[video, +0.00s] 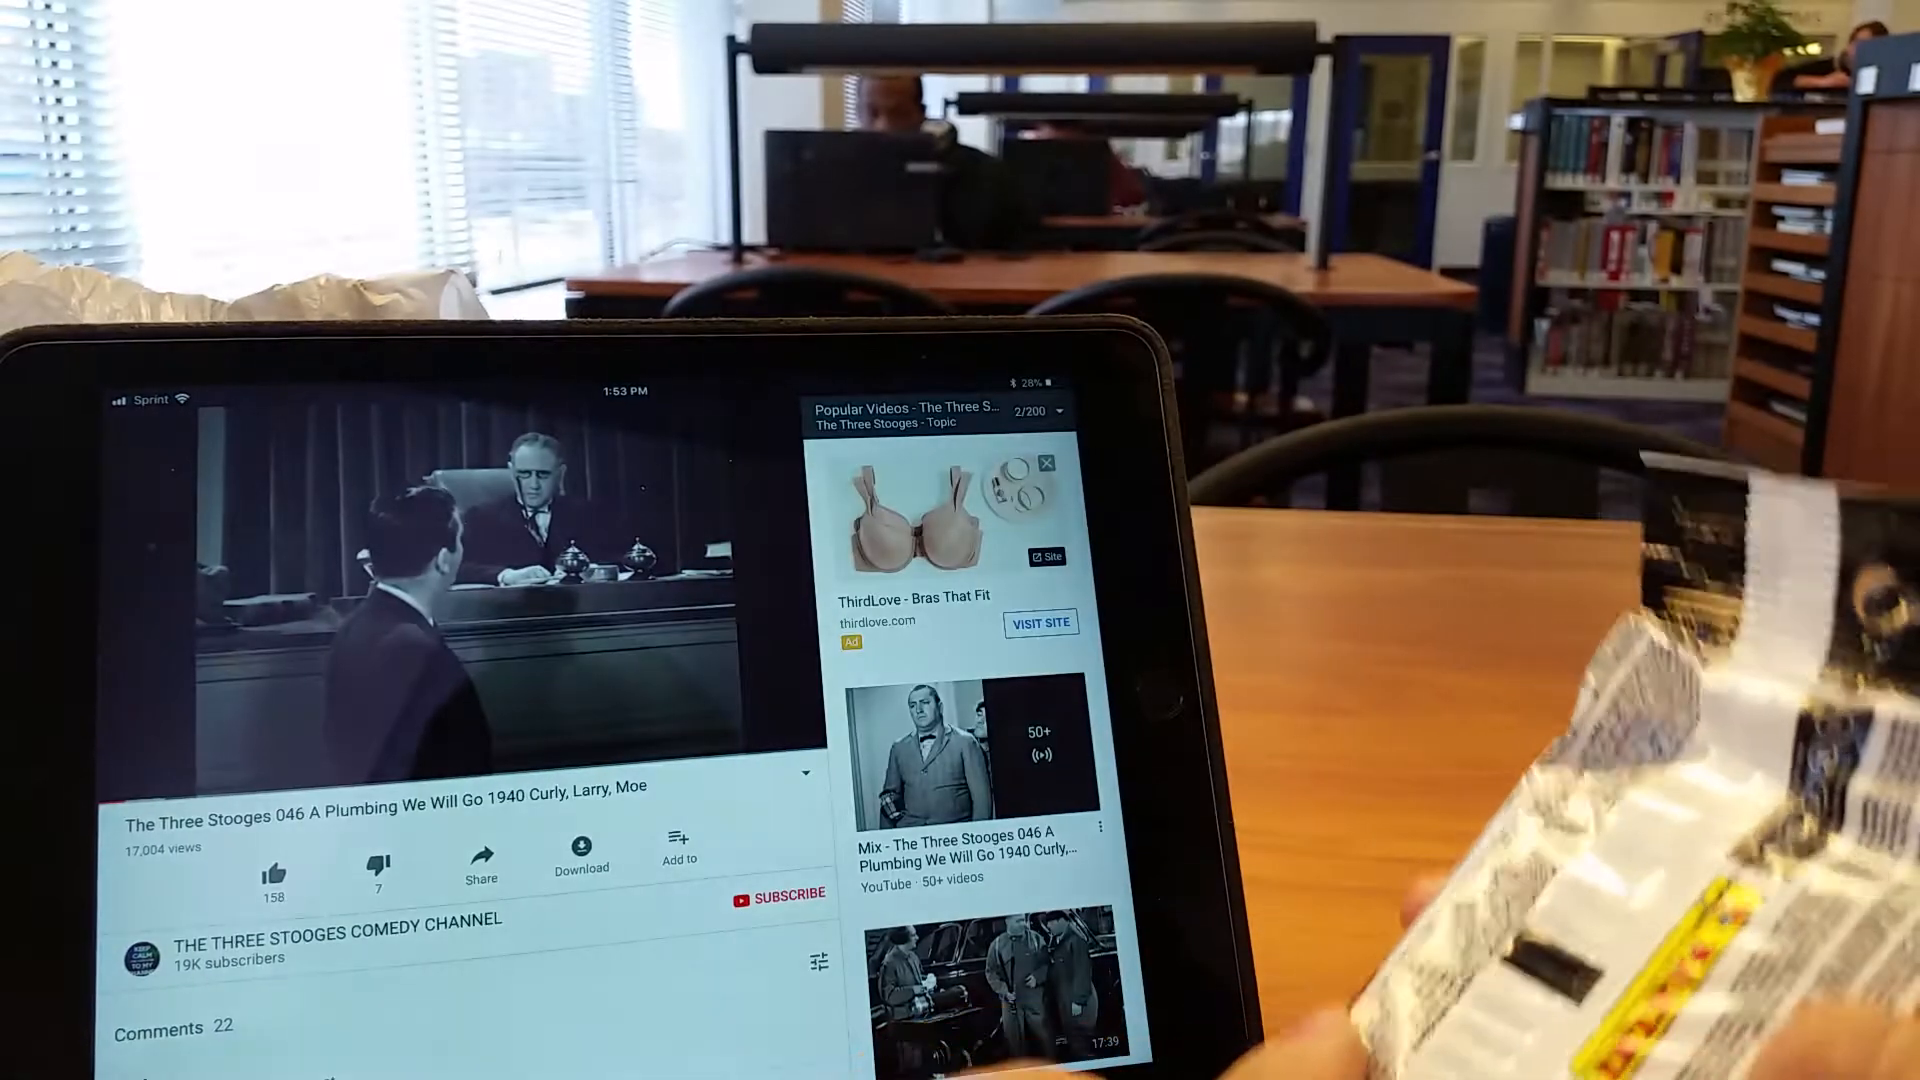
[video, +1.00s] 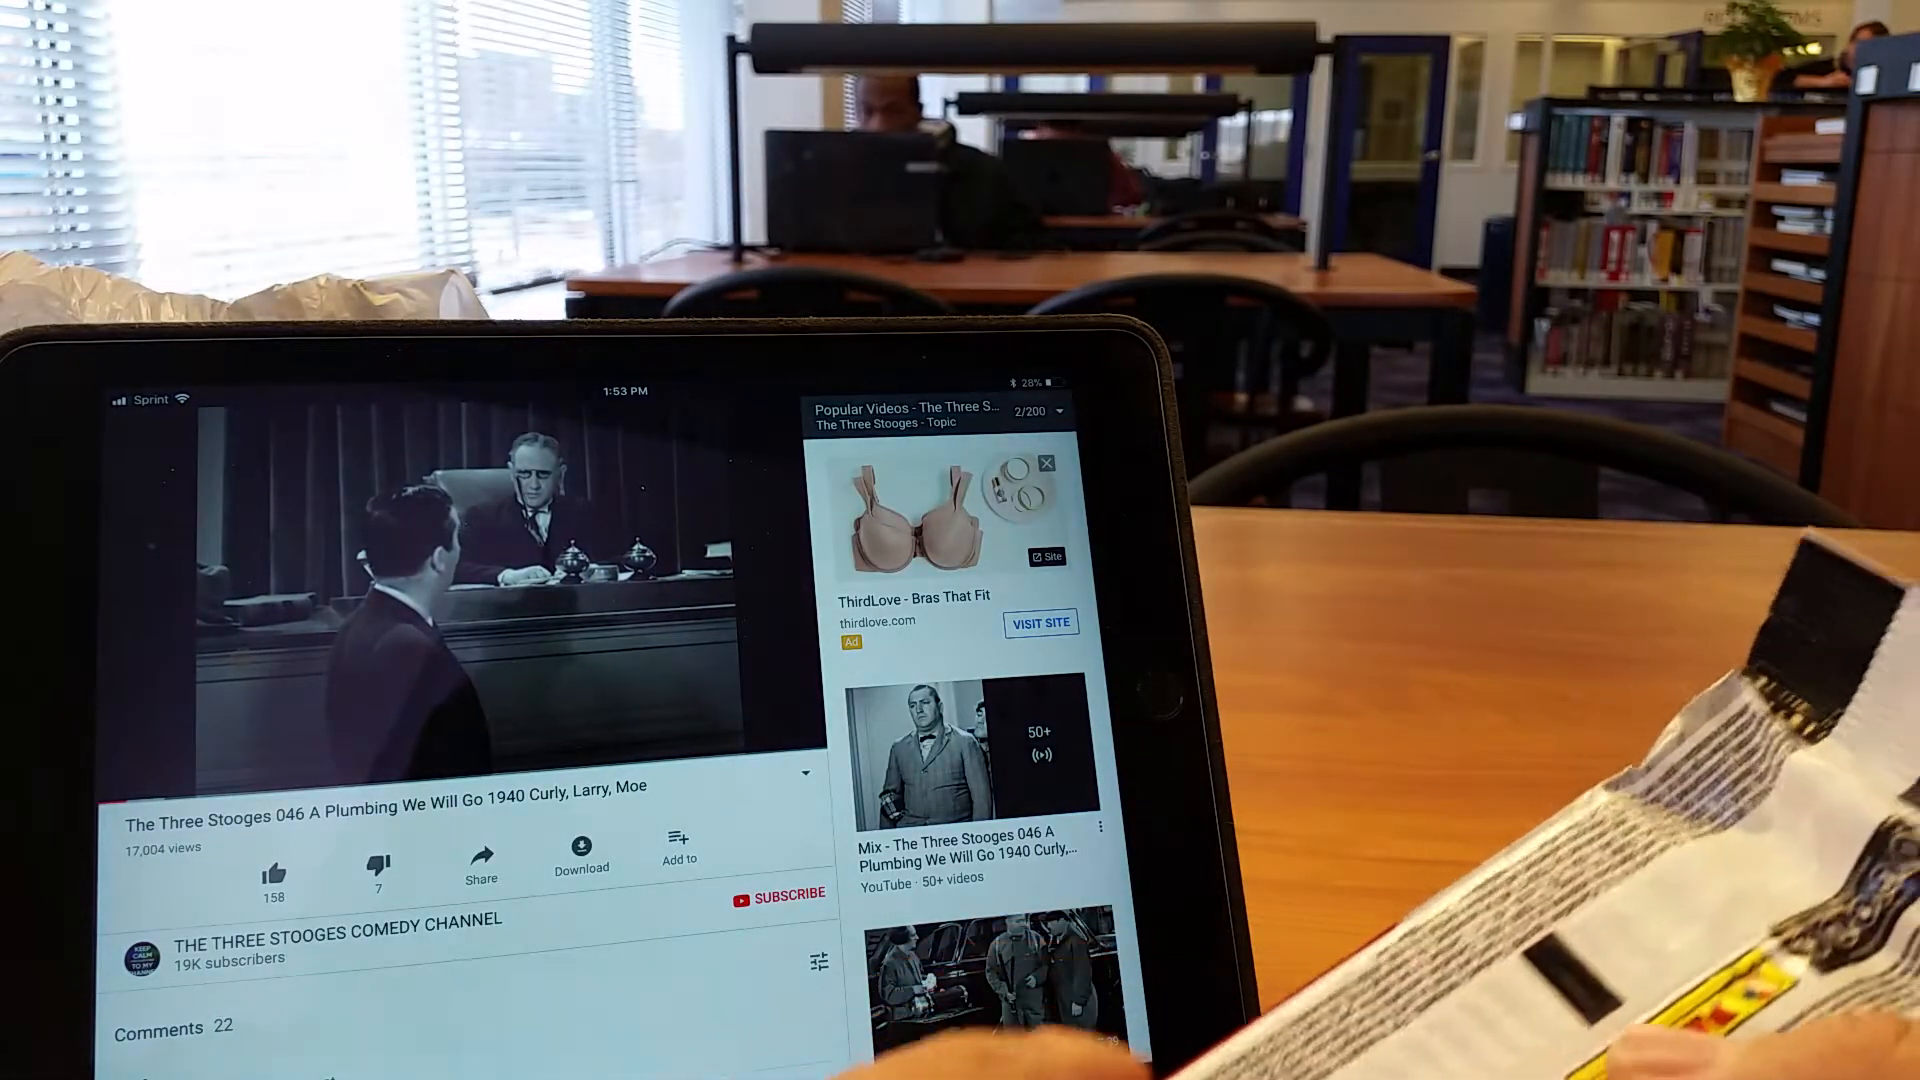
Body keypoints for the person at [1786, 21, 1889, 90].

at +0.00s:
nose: (1858, 49)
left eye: (1865, 45)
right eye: (1856, 42)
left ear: (1879, 50)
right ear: (1849, 44)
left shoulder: (1883, 77)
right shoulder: (1831, 67)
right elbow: (1782, 80)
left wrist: (1855, 84)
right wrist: (1826, 82)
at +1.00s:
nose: (1859, 51)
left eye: (1866, 46)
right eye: (1857, 43)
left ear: (1879, 51)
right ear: (1849, 44)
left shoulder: (1884, 78)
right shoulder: (1828, 68)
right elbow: (1780, 81)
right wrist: (1825, 82)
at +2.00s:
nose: (1860, 50)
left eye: (1868, 46)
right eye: (1858, 43)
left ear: (1880, 50)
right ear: (1849, 44)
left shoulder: (1884, 77)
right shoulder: (1828, 68)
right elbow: (1780, 80)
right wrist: (1825, 82)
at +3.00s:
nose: (1859, 50)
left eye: (1867, 45)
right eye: (1857, 43)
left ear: (1880, 50)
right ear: (1849, 44)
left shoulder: (1884, 78)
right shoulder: (1829, 68)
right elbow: (1781, 80)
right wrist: (1824, 82)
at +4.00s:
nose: (1859, 50)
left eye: (1867, 45)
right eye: (1857, 42)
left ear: (1880, 50)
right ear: (1849, 44)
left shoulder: (1885, 77)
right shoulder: (1830, 68)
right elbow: (1781, 79)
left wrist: (1855, 85)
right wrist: (1823, 82)